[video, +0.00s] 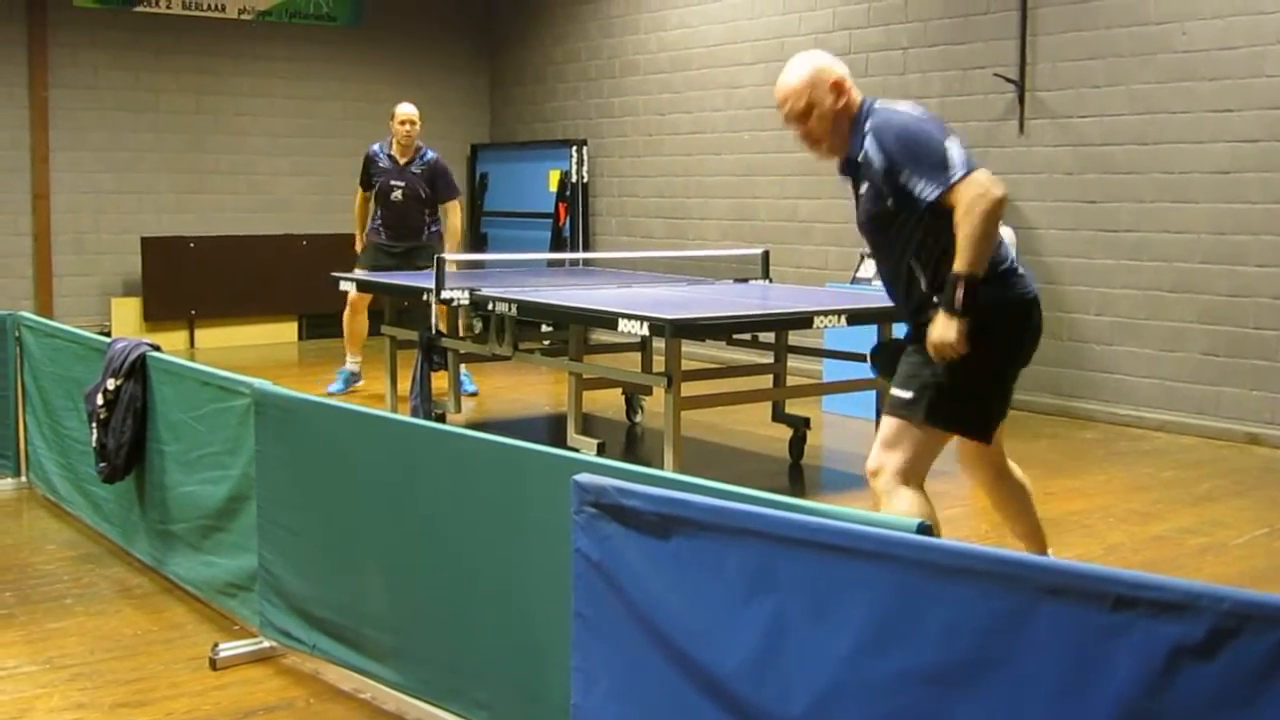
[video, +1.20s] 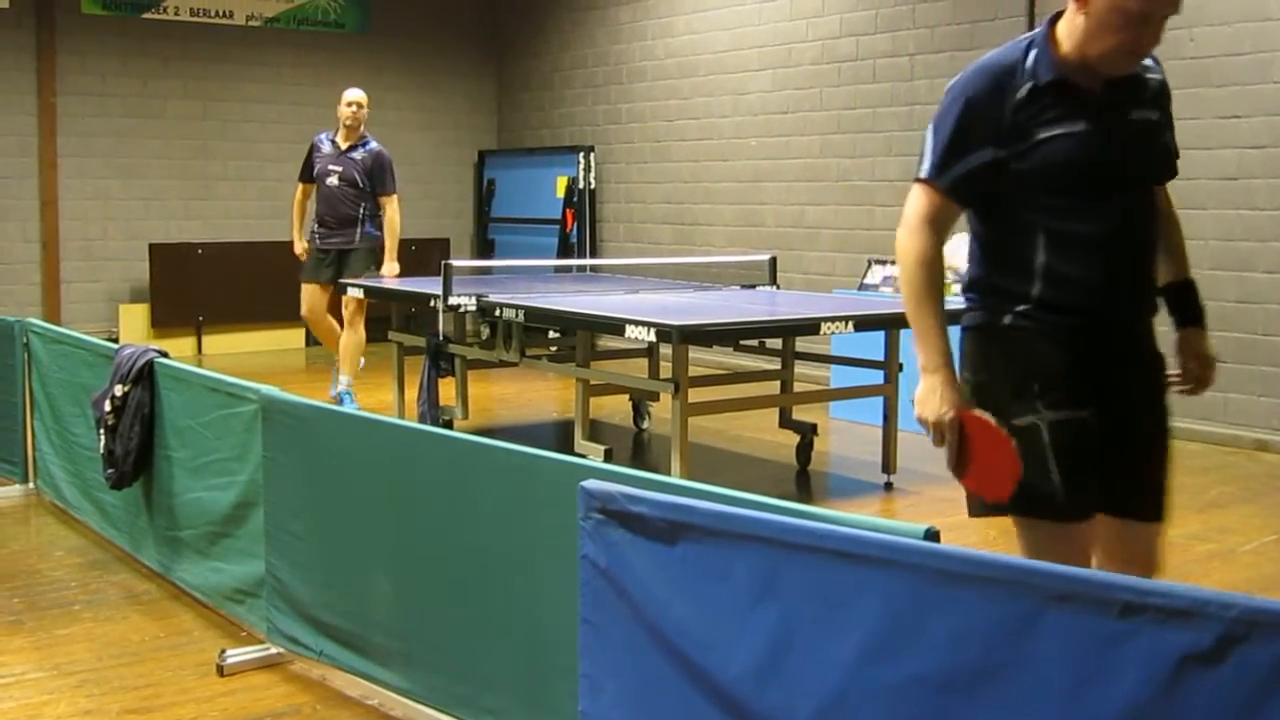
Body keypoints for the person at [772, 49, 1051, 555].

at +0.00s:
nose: (798, 132)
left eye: (803, 114)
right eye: (790, 121)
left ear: (839, 92)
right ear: (837, 98)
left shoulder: (890, 128)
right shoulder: (866, 148)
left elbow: (981, 194)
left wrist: (954, 304)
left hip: (973, 312)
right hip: (993, 310)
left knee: (891, 471)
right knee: (980, 455)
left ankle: (923, 611)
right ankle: (1044, 571)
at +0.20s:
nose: (861, 59)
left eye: (870, 42)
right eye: (848, 48)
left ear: (903, 24)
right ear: (836, 45)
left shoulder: (960, 77)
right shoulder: (864, 105)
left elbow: (1032, 174)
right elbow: (870, 208)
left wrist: (981, 273)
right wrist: (848, 289)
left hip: (977, 285)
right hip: (912, 291)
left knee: (936, 456)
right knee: (927, 455)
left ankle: (946, 615)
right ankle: (943, 604)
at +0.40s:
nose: (934, 48)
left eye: (944, 31)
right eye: (919, 34)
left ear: (966, 19)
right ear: (892, 31)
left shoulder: (1011, 92)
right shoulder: (871, 115)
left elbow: (1067, 197)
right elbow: (837, 217)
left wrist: (1045, 292)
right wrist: (798, 313)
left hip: (992, 319)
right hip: (907, 321)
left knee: (971, 481)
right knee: (921, 477)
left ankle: (977, 624)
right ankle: (939, 617)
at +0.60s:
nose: (999, 38)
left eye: (1011, 23)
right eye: (985, 21)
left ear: (1024, 22)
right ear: (947, 17)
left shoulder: (1055, 95)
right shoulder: (898, 102)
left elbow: (1109, 202)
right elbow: (851, 209)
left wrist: (1135, 312)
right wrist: (805, 315)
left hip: (1022, 333)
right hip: (922, 329)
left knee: (1007, 505)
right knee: (901, 501)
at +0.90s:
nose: (1069, 49)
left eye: (1081, 34)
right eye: (1054, 32)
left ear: (1094, 25)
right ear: (1009, 15)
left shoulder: (1103, 96)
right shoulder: (941, 92)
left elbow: (1135, 210)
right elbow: (867, 202)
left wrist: (1162, 325)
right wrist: (881, 312)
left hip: (1058, 338)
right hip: (961, 330)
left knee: (1017, 528)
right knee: (979, 516)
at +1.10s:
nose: (1121, 54)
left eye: (1133, 36)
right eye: (1106, 33)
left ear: (1145, 28)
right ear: (1056, 14)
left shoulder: (1131, 94)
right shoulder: (972, 96)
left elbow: (1145, 215)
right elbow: (894, 228)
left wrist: (1164, 328)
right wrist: (925, 353)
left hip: (1096, 349)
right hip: (1003, 349)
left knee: (1063, 543)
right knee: (1031, 549)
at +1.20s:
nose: (1150, 43)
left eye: (1161, 24)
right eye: (1136, 21)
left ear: (1168, 20)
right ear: (1081, 6)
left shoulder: (1145, 84)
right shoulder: (989, 93)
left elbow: (1152, 203)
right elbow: (918, 231)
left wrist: (1188, 319)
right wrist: (934, 372)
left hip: (1123, 350)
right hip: (1025, 352)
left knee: (1133, 572)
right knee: (1060, 579)